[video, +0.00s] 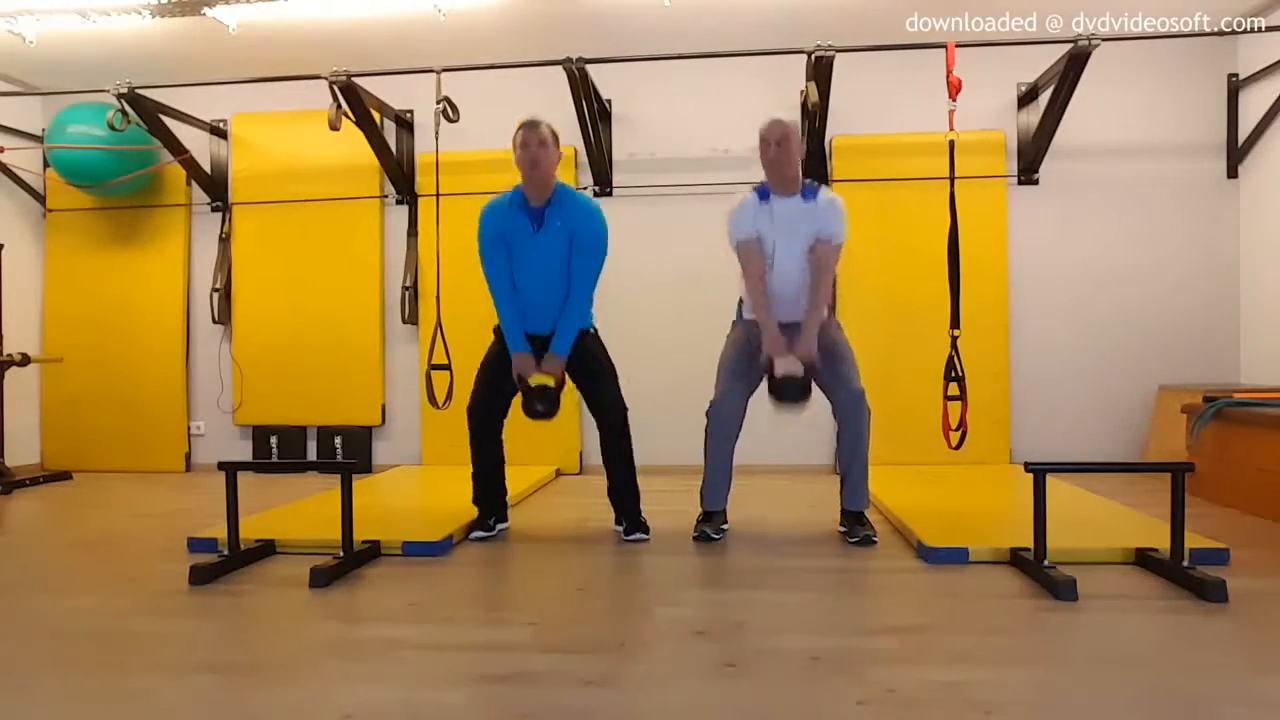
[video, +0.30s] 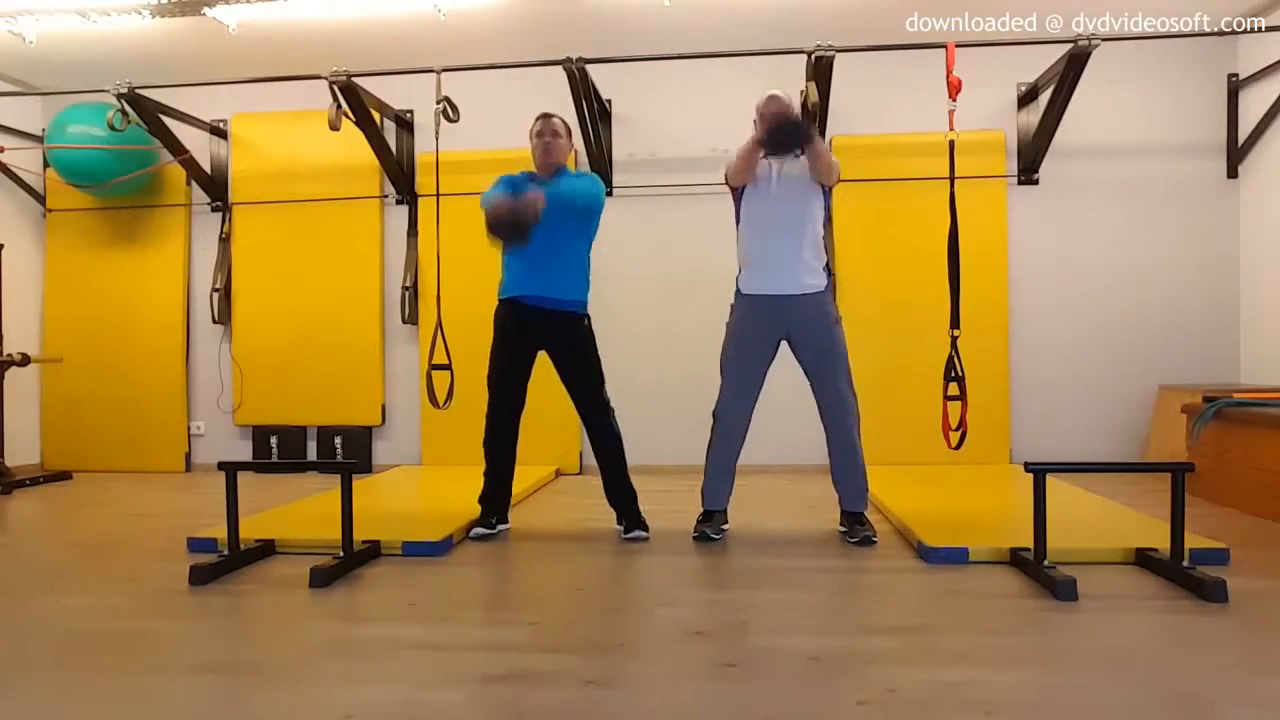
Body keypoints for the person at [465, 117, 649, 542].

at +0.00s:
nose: (533, 152)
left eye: (541, 145)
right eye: (525, 146)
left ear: (558, 155)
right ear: (515, 157)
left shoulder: (586, 214)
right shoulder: (495, 216)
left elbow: (582, 292)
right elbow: (501, 290)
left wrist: (559, 353)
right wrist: (518, 350)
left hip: (573, 334)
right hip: (516, 335)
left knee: (613, 413)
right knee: (482, 414)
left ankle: (629, 516)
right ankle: (491, 513)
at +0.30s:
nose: (548, 138)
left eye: (556, 133)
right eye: (541, 134)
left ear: (570, 146)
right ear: (529, 146)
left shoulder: (588, 184)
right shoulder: (512, 182)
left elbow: (580, 194)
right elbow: (492, 199)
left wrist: (538, 199)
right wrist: (503, 209)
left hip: (568, 317)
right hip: (516, 313)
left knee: (598, 417)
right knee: (501, 416)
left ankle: (630, 517)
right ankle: (493, 515)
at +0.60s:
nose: (551, 134)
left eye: (557, 128)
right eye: (543, 130)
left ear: (571, 137)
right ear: (531, 140)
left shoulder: (592, 179)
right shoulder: (518, 181)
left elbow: (564, 156)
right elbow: (492, 177)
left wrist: (542, 133)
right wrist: (495, 139)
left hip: (577, 315)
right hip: (523, 313)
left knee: (602, 415)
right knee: (505, 415)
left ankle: (630, 517)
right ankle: (493, 515)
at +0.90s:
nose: (547, 143)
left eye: (555, 137)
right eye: (540, 138)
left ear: (571, 148)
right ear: (530, 149)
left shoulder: (594, 203)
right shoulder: (510, 201)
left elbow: (581, 250)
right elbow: (502, 246)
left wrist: (549, 278)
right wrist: (509, 277)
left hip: (582, 331)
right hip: (529, 333)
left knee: (616, 415)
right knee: (495, 412)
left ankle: (630, 514)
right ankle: (493, 513)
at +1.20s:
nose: (520, 207)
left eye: (530, 199)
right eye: (514, 199)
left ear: (552, 205)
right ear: (508, 208)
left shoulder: (587, 258)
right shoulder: (496, 263)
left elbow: (591, 335)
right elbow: (511, 339)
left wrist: (571, 394)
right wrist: (542, 400)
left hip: (584, 359)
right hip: (527, 362)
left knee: (633, 412)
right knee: (478, 413)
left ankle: (632, 515)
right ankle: (493, 514)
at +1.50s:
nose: (528, 183)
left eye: (536, 175)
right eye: (519, 176)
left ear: (553, 183)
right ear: (510, 186)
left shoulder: (586, 241)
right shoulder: (494, 243)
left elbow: (583, 321)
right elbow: (506, 321)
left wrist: (562, 380)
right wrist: (531, 381)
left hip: (578, 349)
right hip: (520, 350)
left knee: (617, 412)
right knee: (476, 412)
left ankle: (630, 513)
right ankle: (491, 513)